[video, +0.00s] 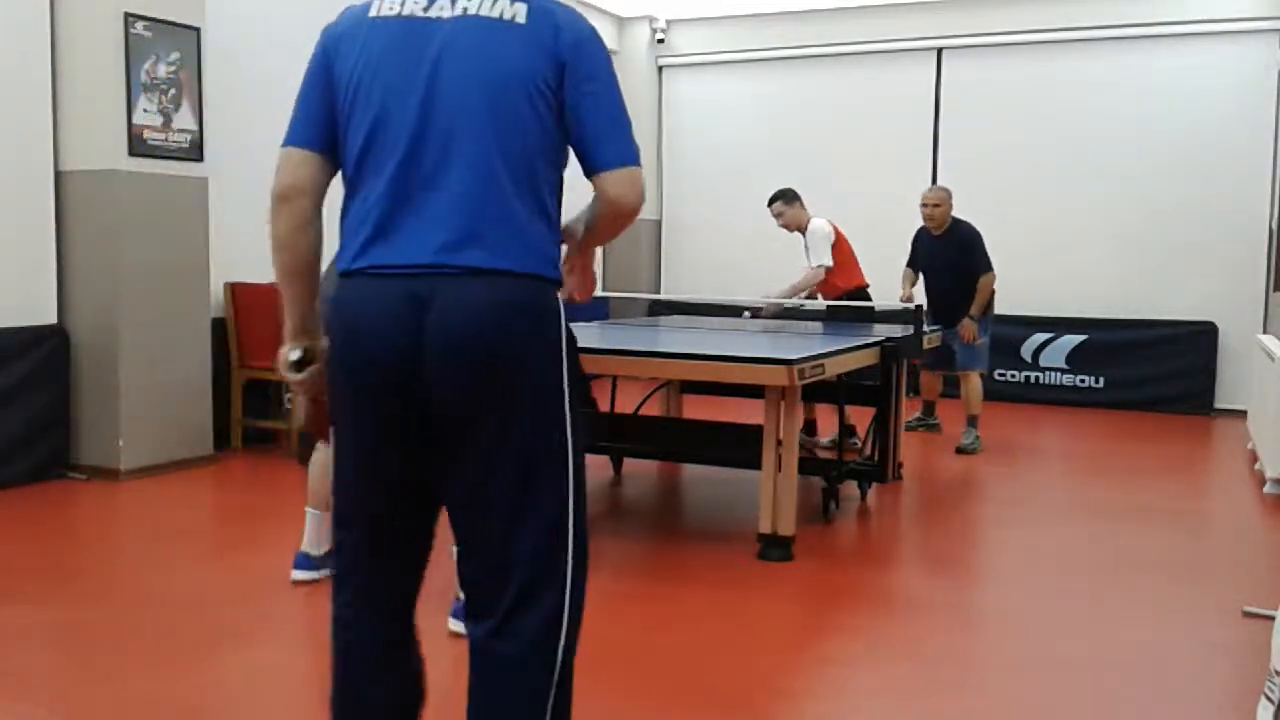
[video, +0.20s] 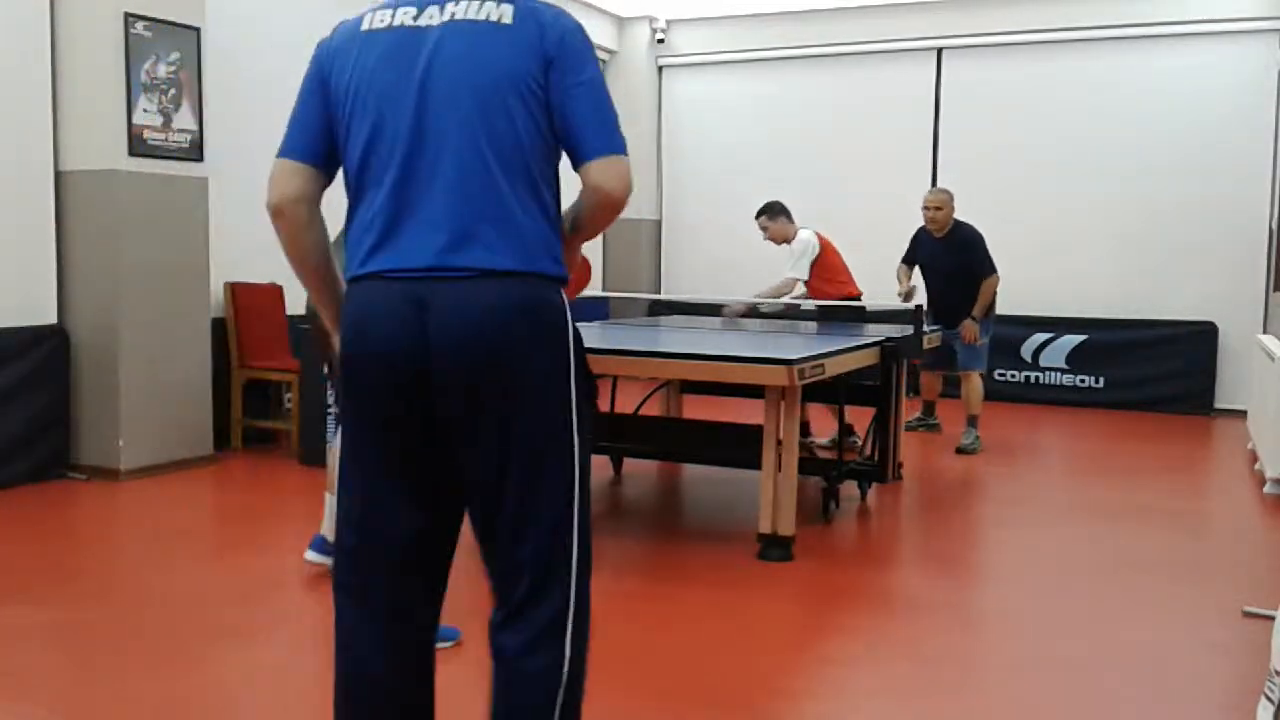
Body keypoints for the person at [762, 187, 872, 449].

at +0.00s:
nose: (779, 223)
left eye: (780, 216)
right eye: (775, 218)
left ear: (798, 208)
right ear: (796, 212)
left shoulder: (818, 228)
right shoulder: (810, 233)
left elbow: (819, 272)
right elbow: (823, 276)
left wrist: (782, 297)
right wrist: (803, 297)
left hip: (852, 305)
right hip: (837, 306)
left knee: (834, 368)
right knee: (817, 364)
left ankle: (845, 428)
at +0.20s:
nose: (765, 237)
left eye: (765, 229)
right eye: (762, 231)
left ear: (780, 220)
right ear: (783, 222)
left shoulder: (805, 239)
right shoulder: (806, 239)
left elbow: (788, 285)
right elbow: (818, 284)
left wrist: (749, 302)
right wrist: (797, 299)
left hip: (844, 311)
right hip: (832, 311)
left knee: (821, 373)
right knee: (813, 371)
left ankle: (845, 429)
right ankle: (844, 428)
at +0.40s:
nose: (751, 252)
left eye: (752, 244)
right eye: (749, 246)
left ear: (768, 236)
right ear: (771, 237)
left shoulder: (790, 253)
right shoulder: (789, 254)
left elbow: (766, 299)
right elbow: (772, 301)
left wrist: (724, 309)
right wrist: (734, 307)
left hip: (830, 319)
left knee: (779, 374)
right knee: (798, 376)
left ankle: (799, 431)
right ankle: (839, 422)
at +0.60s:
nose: (742, 266)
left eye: (743, 258)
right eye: (740, 260)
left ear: (759, 251)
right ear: (763, 250)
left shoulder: (777, 267)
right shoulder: (784, 267)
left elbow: (748, 308)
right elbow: (759, 308)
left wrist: (708, 312)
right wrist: (720, 309)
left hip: (821, 337)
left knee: (777, 381)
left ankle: (798, 432)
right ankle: (830, 420)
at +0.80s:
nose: (735, 269)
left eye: (735, 261)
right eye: (733, 263)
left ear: (751, 254)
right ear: (755, 254)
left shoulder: (771, 269)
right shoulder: (774, 268)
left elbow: (741, 310)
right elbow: (746, 310)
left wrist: (709, 313)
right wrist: (714, 310)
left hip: (815, 335)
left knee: (782, 387)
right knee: (781, 386)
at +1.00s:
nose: (731, 262)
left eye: (732, 254)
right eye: (729, 256)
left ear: (748, 249)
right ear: (752, 250)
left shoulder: (766, 266)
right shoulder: (773, 265)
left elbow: (740, 310)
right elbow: (745, 308)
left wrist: (700, 314)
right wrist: (703, 310)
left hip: (813, 332)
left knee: (774, 377)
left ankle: (798, 432)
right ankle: (822, 413)